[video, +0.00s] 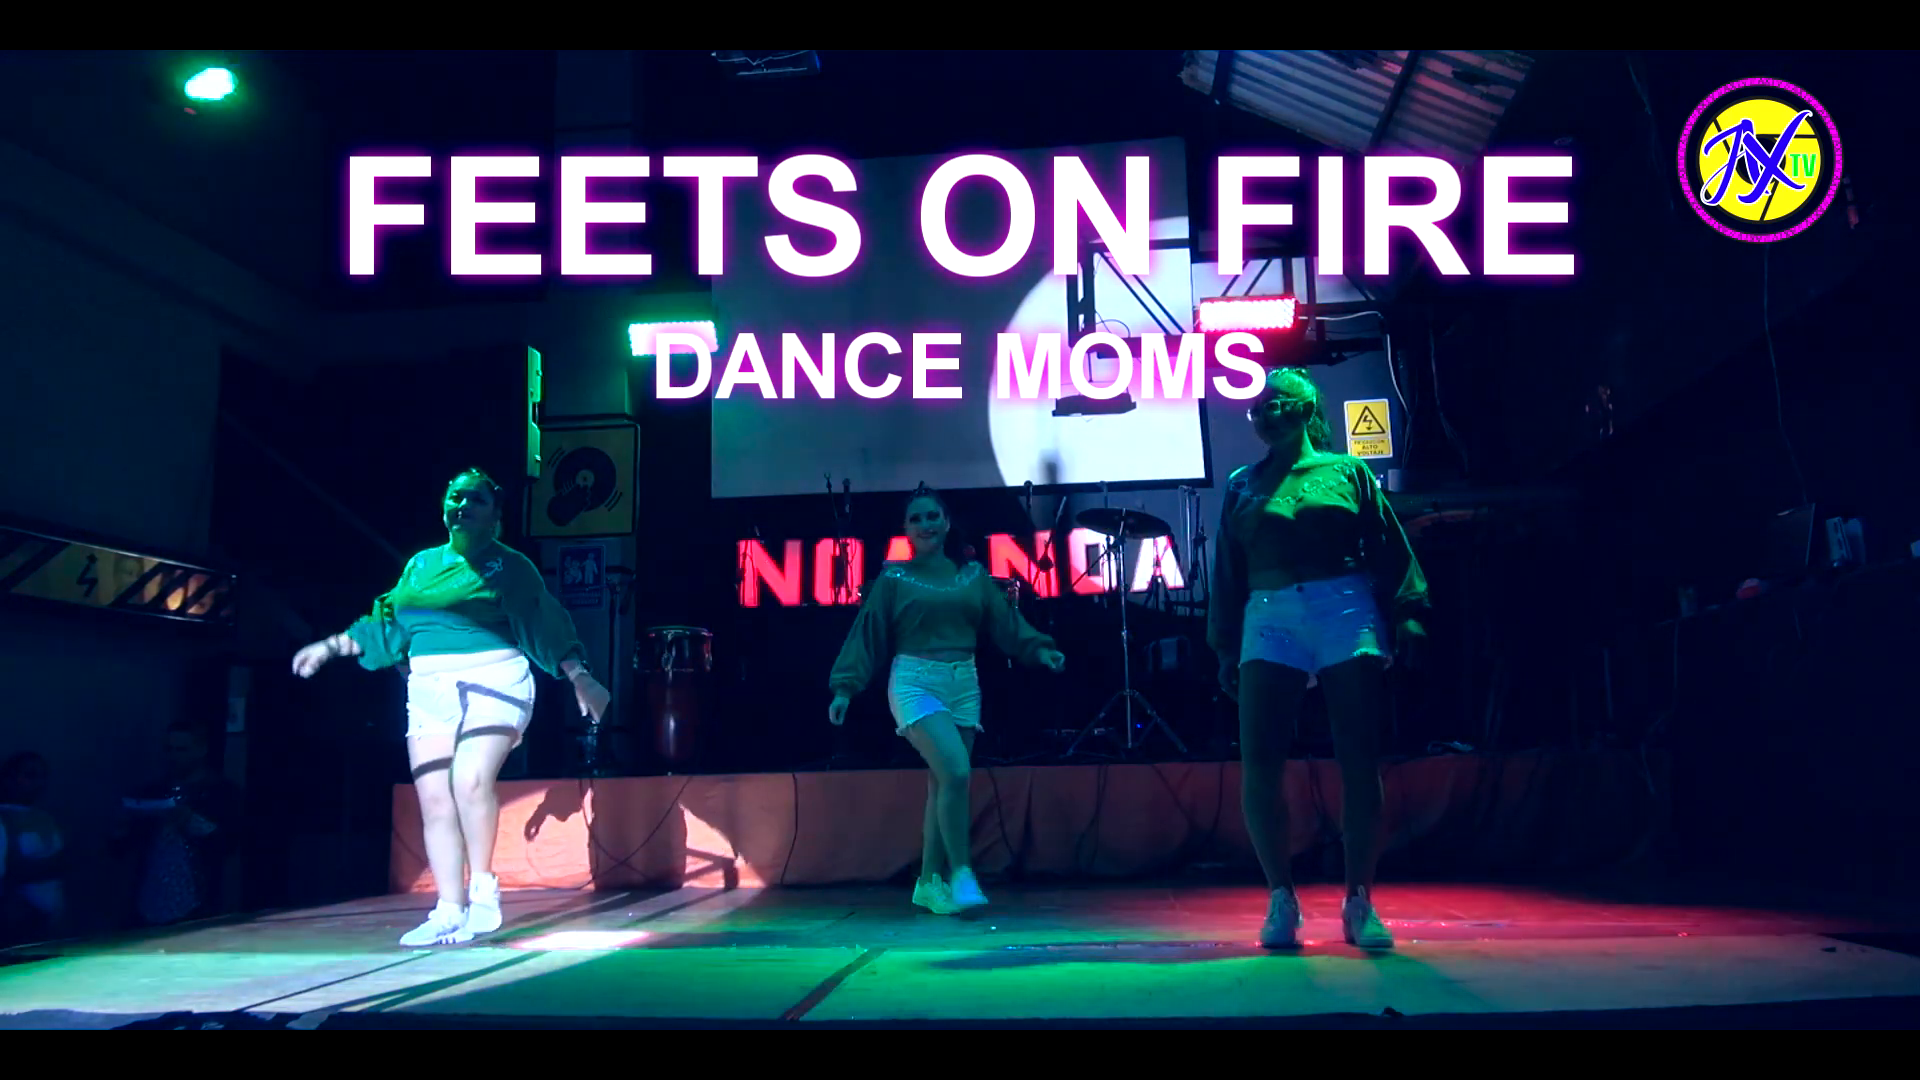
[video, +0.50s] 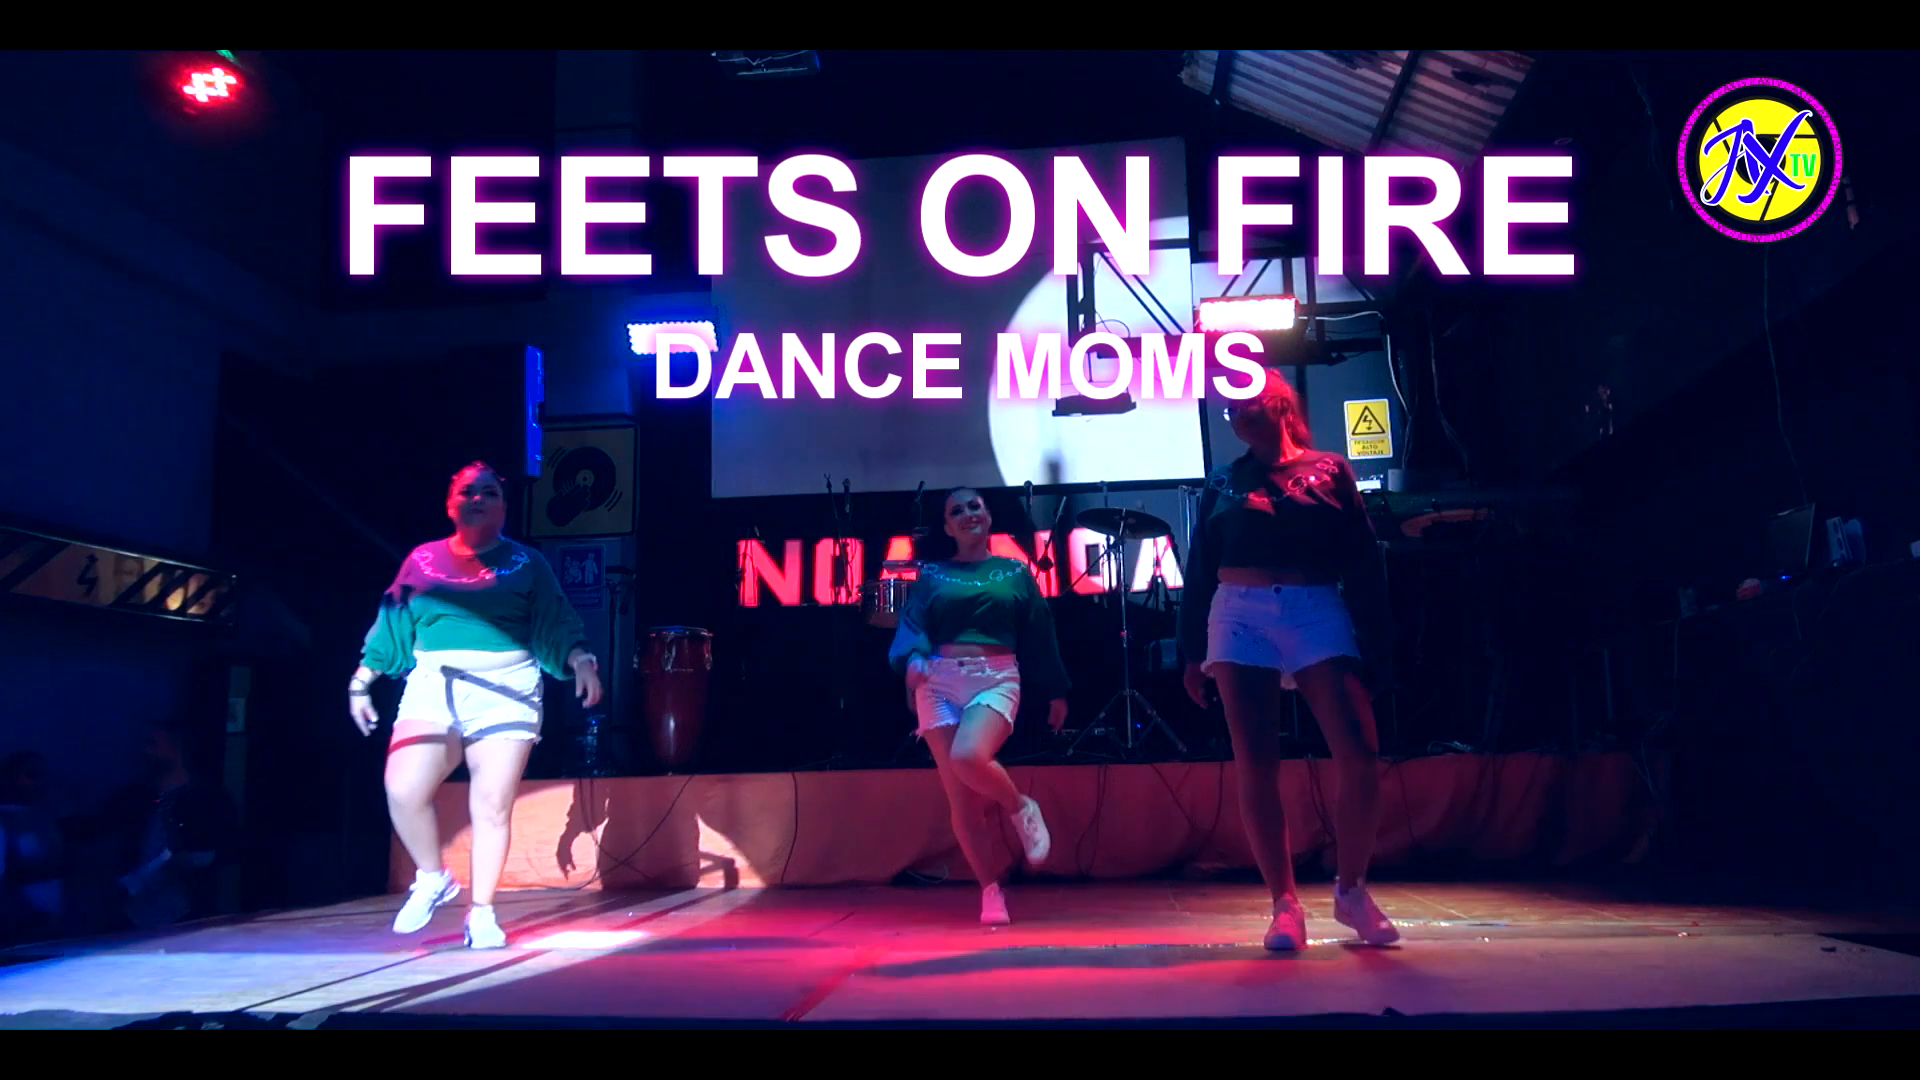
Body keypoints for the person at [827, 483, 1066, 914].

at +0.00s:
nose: (926, 524)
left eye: (933, 517)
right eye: (917, 518)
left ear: (947, 523)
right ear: (906, 527)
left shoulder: (973, 577)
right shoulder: (893, 579)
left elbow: (1007, 624)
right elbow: (864, 638)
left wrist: (1039, 649)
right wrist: (844, 687)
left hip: (963, 682)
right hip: (912, 681)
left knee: (946, 782)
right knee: (956, 771)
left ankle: (929, 882)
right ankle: (962, 874)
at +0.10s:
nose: (933, 522)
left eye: (939, 514)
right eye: (923, 518)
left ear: (953, 520)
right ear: (912, 531)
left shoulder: (985, 572)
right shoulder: (905, 582)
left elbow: (1022, 612)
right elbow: (872, 638)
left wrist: (1051, 650)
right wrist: (849, 689)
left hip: (975, 683)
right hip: (924, 684)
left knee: (952, 789)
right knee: (956, 789)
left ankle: (930, 881)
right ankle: (983, 884)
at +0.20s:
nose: (944, 520)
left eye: (947, 513)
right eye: (932, 519)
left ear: (960, 522)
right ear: (921, 538)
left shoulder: (995, 576)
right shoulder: (913, 585)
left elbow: (1031, 627)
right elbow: (887, 646)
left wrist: (1056, 674)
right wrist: (861, 700)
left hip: (986, 687)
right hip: (933, 689)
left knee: (974, 794)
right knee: (959, 795)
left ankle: (938, 877)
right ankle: (989, 891)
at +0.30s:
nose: (954, 517)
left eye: (958, 510)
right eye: (942, 516)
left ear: (971, 520)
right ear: (931, 535)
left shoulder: (1004, 573)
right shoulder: (922, 580)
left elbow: (1029, 636)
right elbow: (901, 641)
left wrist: (1038, 693)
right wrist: (889, 699)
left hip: (994, 682)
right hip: (935, 684)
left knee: (1001, 791)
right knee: (958, 793)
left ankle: (961, 842)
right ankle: (988, 889)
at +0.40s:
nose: (964, 517)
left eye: (967, 510)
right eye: (951, 516)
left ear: (980, 520)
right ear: (939, 536)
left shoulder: (1012, 577)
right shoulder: (930, 581)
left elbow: (1031, 644)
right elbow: (910, 637)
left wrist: (1037, 699)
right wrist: (901, 682)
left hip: (996, 681)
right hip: (938, 683)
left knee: (986, 772)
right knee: (961, 796)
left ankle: (1009, 810)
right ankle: (988, 889)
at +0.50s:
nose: (971, 514)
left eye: (976, 506)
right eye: (959, 510)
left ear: (990, 516)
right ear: (947, 527)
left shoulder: (1015, 571)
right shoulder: (932, 576)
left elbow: (1041, 637)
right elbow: (910, 629)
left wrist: (1056, 692)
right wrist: (912, 659)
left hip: (997, 676)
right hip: (938, 677)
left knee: (967, 757)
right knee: (960, 793)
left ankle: (1021, 809)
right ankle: (990, 887)